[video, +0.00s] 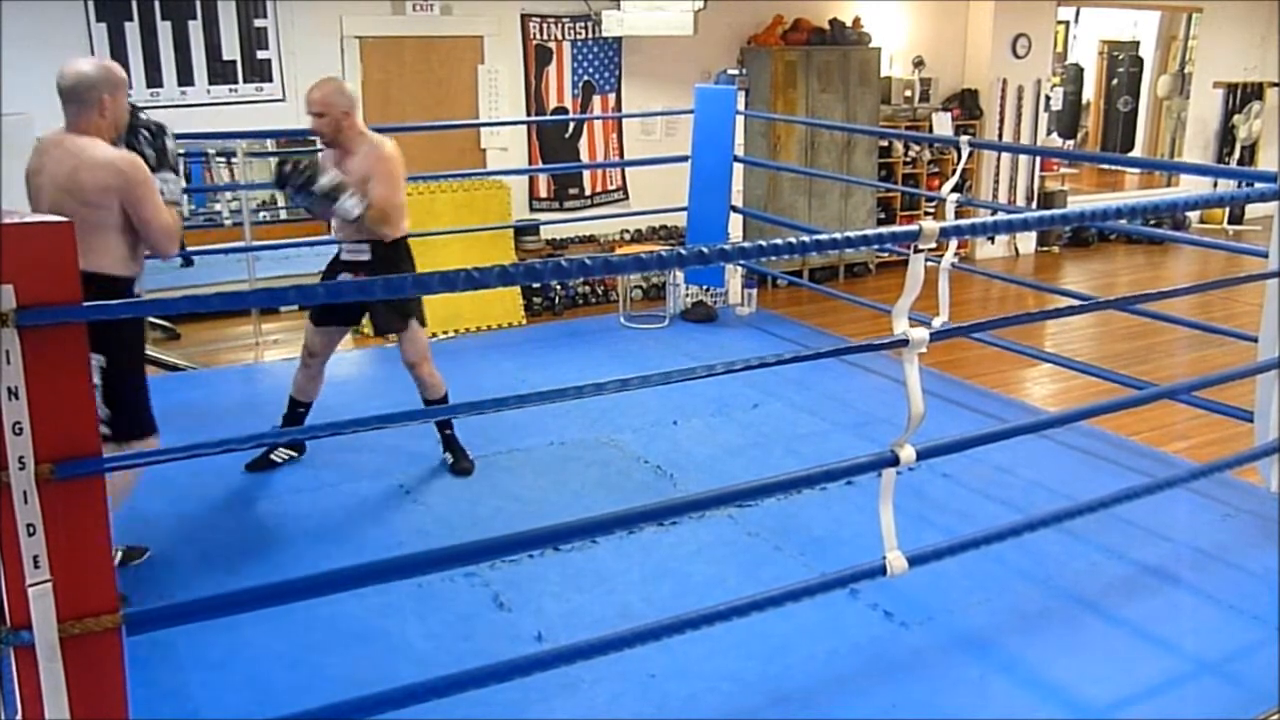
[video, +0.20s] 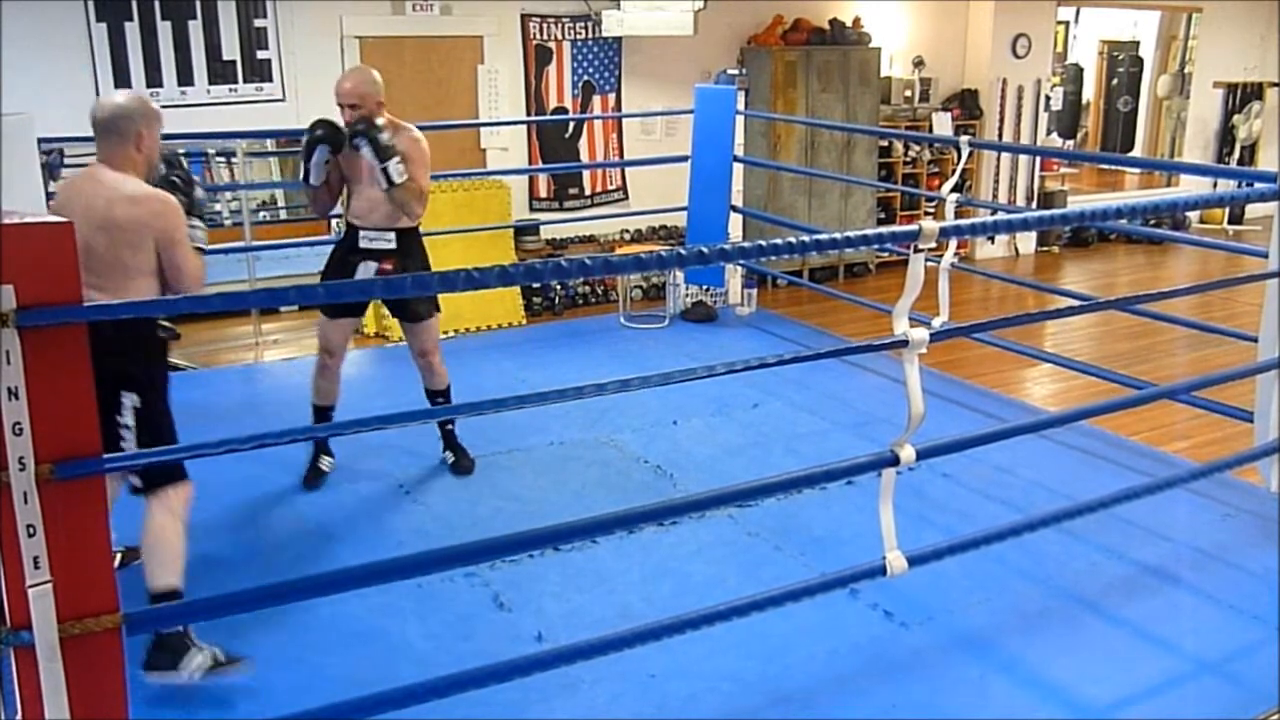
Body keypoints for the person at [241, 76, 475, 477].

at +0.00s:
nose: (312, 124)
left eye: (319, 116)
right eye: (310, 115)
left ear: (346, 115)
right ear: (326, 118)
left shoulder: (383, 154)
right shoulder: (326, 156)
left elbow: (389, 224)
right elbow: (331, 216)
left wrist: (343, 199)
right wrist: (305, 192)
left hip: (389, 262)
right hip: (346, 261)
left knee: (418, 361)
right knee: (313, 353)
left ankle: (450, 440)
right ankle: (290, 437)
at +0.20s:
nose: (346, 114)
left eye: (354, 106)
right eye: (341, 106)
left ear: (379, 102)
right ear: (338, 105)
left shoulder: (409, 140)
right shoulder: (341, 143)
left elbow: (415, 208)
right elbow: (322, 206)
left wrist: (386, 160)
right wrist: (315, 163)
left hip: (403, 248)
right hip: (352, 249)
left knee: (428, 354)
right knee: (329, 355)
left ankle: (449, 439)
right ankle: (321, 448)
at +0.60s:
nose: (405, 132)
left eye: (413, 123)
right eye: (398, 123)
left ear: (427, 118)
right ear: (384, 117)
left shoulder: (437, 149)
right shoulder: (366, 145)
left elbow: (442, 214)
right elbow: (346, 206)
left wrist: (433, 159)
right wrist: (355, 150)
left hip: (424, 257)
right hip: (375, 260)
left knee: (464, 363)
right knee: (373, 372)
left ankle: (454, 437)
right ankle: (363, 491)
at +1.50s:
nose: (434, 152)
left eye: (444, 142)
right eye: (426, 142)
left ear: (460, 140)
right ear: (414, 138)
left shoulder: (467, 178)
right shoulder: (395, 181)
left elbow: (490, 249)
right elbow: (378, 242)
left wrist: (477, 201)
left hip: (447, 291)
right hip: (404, 296)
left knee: (467, 371)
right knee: (407, 379)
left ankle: (457, 433)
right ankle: (406, 450)